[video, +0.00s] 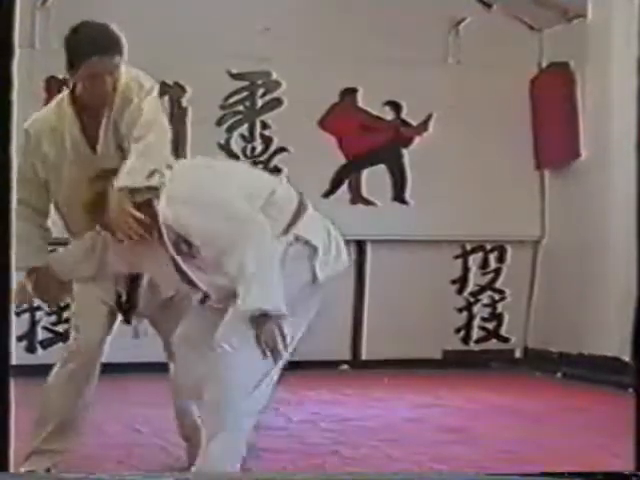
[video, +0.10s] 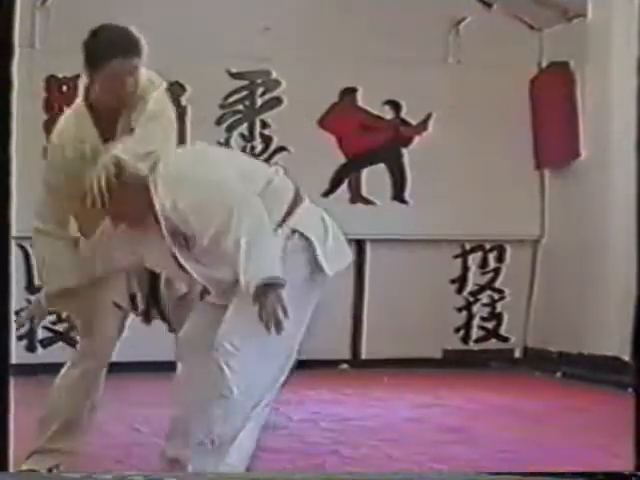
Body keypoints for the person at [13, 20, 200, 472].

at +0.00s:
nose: (107, 87)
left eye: (113, 75)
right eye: (95, 79)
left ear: (122, 67)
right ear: (72, 75)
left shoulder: (136, 94)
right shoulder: (41, 131)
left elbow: (154, 142)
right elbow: (28, 206)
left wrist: (122, 193)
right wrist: (34, 264)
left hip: (151, 237)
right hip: (91, 246)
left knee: (187, 339)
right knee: (85, 345)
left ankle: (201, 450)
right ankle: (43, 456)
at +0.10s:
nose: (130, 84)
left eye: (134, 73)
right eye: (120, 75)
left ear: (141, 69)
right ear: (92, 76)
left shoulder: (155, 101)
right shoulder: (68, 134)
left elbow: (148, 152)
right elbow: (52, 220)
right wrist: (59, 289)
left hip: (159, 237)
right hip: (97, 248)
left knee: (199, 337)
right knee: (94, 350)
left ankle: (186, 446)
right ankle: (49, 455)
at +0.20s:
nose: (147, 82)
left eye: (149, 71)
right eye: (135, 75)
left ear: (152, 64)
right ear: (106, 78)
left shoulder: (174, 100)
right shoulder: (86, 135)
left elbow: (182, 176)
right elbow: (87, 221)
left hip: (171, 245)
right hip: (107, 254)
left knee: (200, 341)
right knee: (99, 359)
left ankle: (186, 444)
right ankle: (47, 456)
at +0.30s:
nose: (161, 73)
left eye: (163, 63)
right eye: (150, 65)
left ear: (166, 61)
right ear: (120, 68)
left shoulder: (175, 96)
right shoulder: (100, 132)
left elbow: (227, 123)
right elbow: (118, 218)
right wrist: (172, 259)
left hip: (190, 246)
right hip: (128, 254)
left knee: (216, 344)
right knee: (120, 358)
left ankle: (201, 456)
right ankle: (53, 461)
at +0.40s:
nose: (173, 65)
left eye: (175, 55)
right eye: (163, 57)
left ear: (178, 54)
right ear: (132, 59)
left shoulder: (183, 93)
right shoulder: (108, 130)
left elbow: (222, 143)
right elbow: (143, 207)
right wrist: (200, 216)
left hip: (189, 243)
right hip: (133, 253)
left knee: (217, 341)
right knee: (133, 357)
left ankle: (217, 453)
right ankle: (59, 458)